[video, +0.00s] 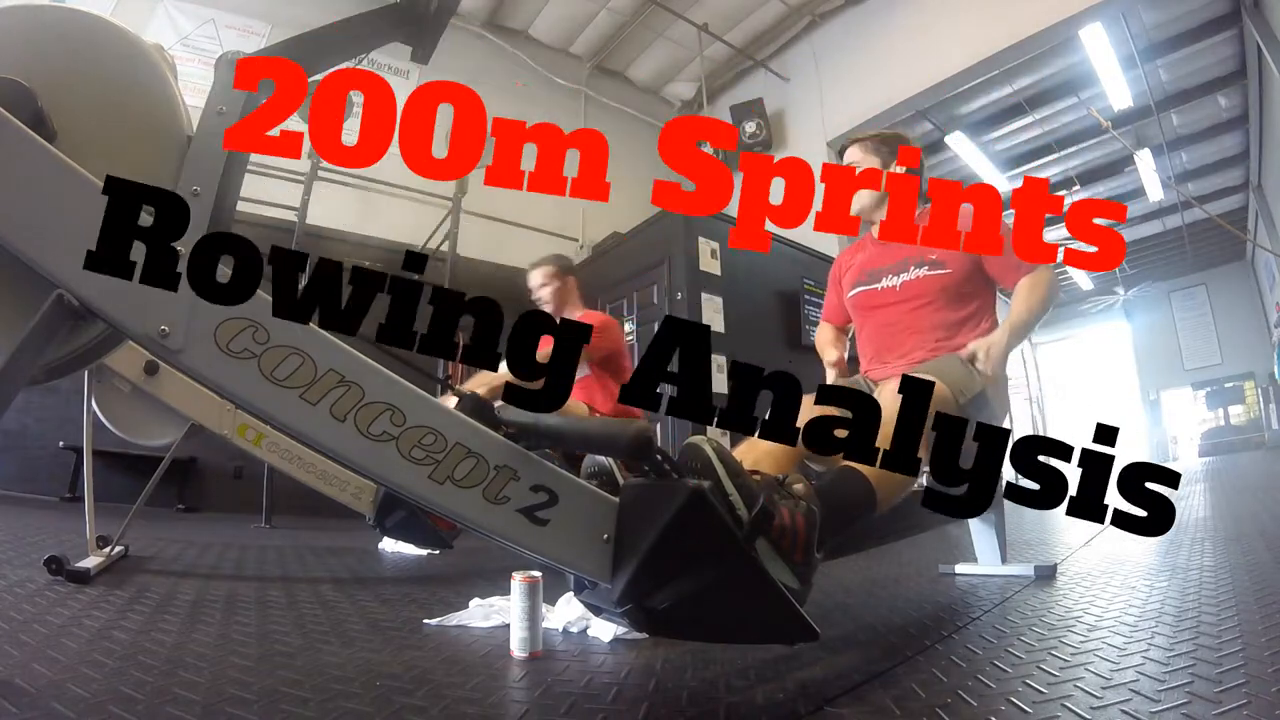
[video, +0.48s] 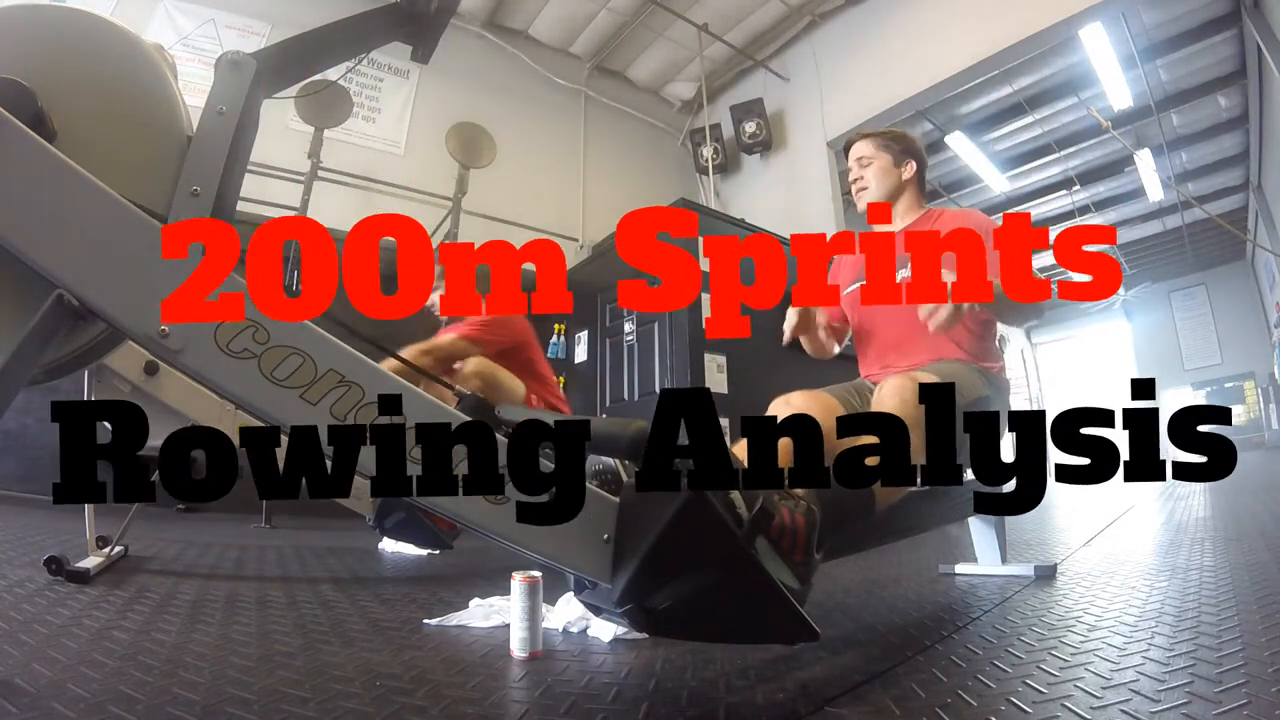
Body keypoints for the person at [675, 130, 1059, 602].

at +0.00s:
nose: (845, 181)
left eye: (856, 169)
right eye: (846, 171)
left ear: (896, 172)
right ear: (858, 180)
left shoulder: (960, 223)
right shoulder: (848, 261)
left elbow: (1038, 276)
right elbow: (830, 330)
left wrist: (1005, 337)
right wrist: (835, 357)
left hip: (956, 361)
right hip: (874, 386)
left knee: (910, 411)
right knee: (802, 419)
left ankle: (808, 506)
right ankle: (717, 494)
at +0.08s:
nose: (845, 183)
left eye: (855, 169)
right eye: (843, 175)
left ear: (897, 171)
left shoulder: (959, 223)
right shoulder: (850, 255)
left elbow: (1041, 274)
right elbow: (828, 329)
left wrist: (1000, 328)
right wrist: (833, 355)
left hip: (955, 362)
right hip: (872, 381)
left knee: (899, 397)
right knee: (786, 422)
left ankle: (813, 522)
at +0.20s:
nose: (848, 182)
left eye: (858, 168)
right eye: (847, 174)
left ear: (901, 170)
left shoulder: (961, 220)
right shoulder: (853, 253)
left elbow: (1043, 285)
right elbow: (832, 345)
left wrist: (984, 291)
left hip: (967, 374)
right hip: (875, 388)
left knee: (896, 396)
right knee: (790, 416)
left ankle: (819, 531)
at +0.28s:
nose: (850, 182)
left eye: (860, 168)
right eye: (848, 174)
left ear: (903, 169)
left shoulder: (964, 219)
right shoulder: (853, 255)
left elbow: (1032, 297)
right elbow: (827, 343)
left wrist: (972, 269)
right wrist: (806, 273)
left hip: (967, 373)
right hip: (877, 387)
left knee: (898, 398)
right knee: (789, 415)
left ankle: (809, 533)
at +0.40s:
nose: (852, 179)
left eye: (863, 166)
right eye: (850, 173)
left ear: (906, 169)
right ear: (852, 187)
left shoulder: (961, 223)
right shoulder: (849, 258)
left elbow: (1022, 303)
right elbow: (821, 341)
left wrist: (966, 275)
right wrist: (803, 275)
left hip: (967, 374)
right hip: (878, 387)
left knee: (897, 397)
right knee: (789, 413)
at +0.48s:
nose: (853, 178)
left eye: (864, 163)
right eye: (850, 172)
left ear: (908, 168)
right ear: (851, 189)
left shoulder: (961, 224)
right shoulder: (847, 256)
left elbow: (1024, 304)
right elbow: (826, 345)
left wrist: (968, 292)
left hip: (967, 376)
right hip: (877, 388)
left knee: (896, 391)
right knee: (788, 410)